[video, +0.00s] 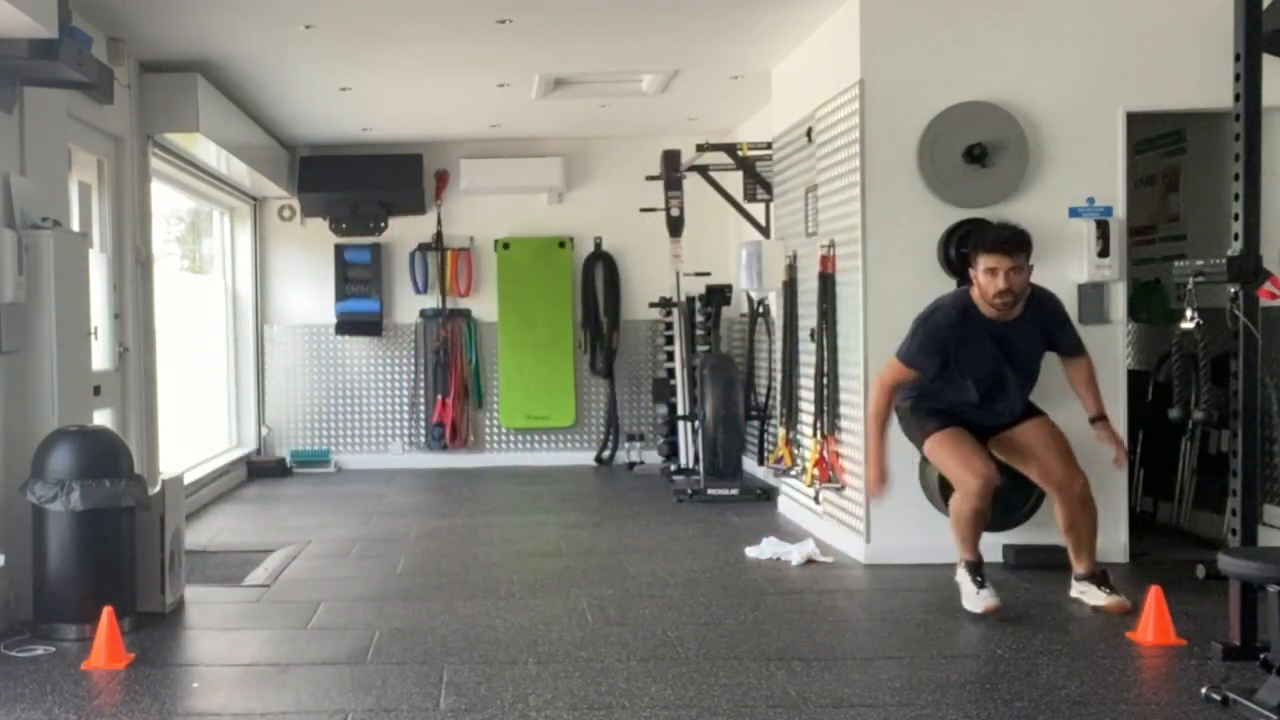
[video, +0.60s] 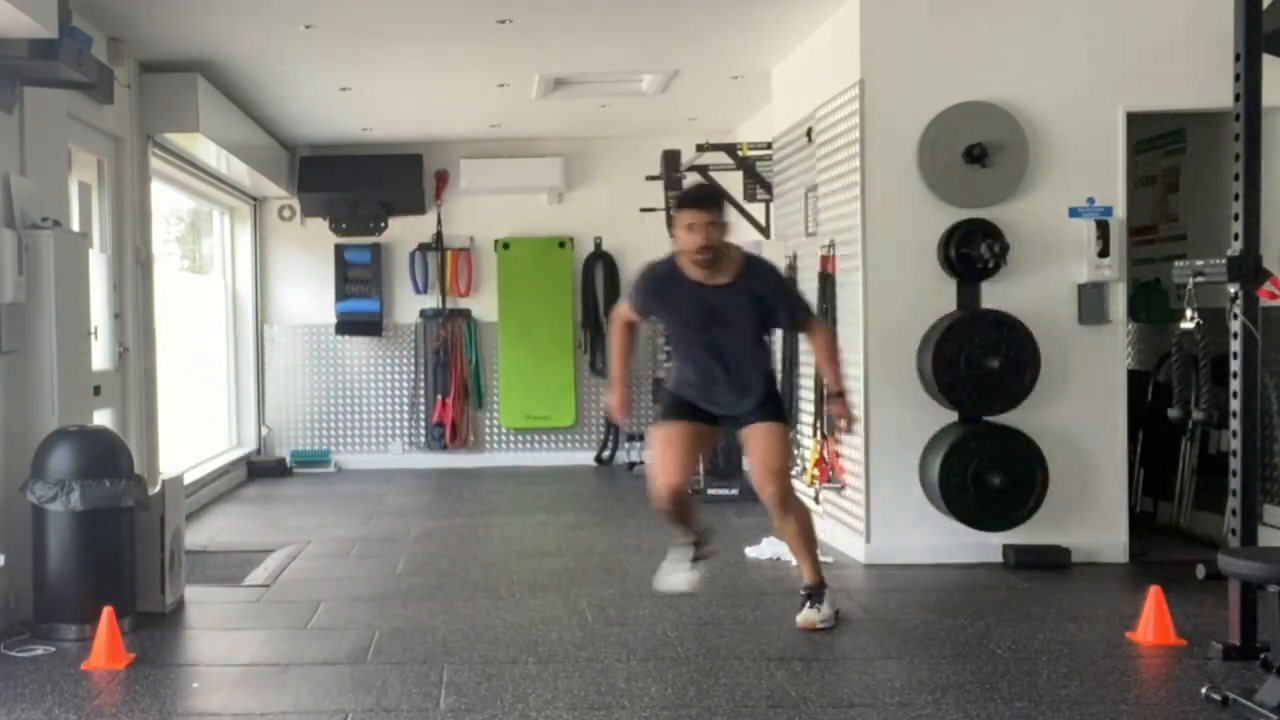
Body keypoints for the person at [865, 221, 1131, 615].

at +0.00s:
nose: (1005, 284)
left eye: (1015, 271)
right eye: (992, 272)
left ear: (1029, 271)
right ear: (972, 275)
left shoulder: (1044, 308)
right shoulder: (944, 319)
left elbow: (1075, 359)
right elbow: (885, 383)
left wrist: (1099, 419)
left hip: (1002, 404)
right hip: (933, 408)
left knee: (1072, 484)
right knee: (979, 478)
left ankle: (1085, 578)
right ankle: (969, 567)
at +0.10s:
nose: (977, 274)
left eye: (988, 262)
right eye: (965, 263)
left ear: (1003, 264)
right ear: (945, 266)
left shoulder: (1017, 300)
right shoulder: (916, 314)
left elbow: (1046, 348)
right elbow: (855, 363)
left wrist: (1069, 397)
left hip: (995, 403)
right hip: (926, 414)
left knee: (1053, 483)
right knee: (963, 497)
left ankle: (1084, 576)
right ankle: (982, 572)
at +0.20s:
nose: (930, 267)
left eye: (941, 256)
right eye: (918, 256)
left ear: (959, 257)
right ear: (902, 257)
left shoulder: (975, 291)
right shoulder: (873, 306)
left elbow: (993, 330)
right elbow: (811, 357)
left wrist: (1006, 379)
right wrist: (791, 425)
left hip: (967, 397)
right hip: (900, 413)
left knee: (1021, 488)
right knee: (932, 511)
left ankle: (1074, 561)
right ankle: (982, 572)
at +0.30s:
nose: (882, 259)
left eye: (892, 247)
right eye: (871, 248)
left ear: (907, 246)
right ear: (854, 248)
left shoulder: (927, 280)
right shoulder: (833, 295)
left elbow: (947, 319)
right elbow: (771, 356)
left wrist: (955, 358)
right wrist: (785, 380)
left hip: (922, 396)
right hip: (865, 418)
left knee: (936, 479)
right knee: (912, 513)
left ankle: (988, 551)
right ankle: (982, 571)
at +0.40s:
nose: (833, 247)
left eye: (843, 234)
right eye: (822, 236)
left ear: (856, 234)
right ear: (806, 239)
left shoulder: (877, 275)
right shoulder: (784, 286)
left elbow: (908, 323)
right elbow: (728, 353)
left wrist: (931, 370)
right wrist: (777, 369)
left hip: (861, 383)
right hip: (811, 405)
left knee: (852, 464)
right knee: (877, 495)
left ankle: (855, 568)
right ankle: (961, 565)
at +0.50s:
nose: (774, 243)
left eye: (783, 231)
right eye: (763, 233)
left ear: (796, 230)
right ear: (749, 233)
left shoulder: (823, 280)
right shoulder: (726, 284)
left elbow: (869, 335)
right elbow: (680, 343)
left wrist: (903, 395)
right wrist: (706, 407)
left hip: (806, 398)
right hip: (746, 407)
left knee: (809, 494)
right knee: (777, 507)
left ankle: (816, 594)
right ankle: (849, 528)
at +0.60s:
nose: (701, 239)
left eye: (710, 227)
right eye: (690, 228)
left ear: (724, 227)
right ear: (673, 232)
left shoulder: (759, 276)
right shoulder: (658, 281)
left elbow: (816, 328)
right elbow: (622, 319)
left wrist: (836, 392)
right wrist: (617, 388)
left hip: (754, 396)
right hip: (689, 396)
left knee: (775, 492)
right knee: (665, 488)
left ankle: (815, 588)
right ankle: (693, 538)